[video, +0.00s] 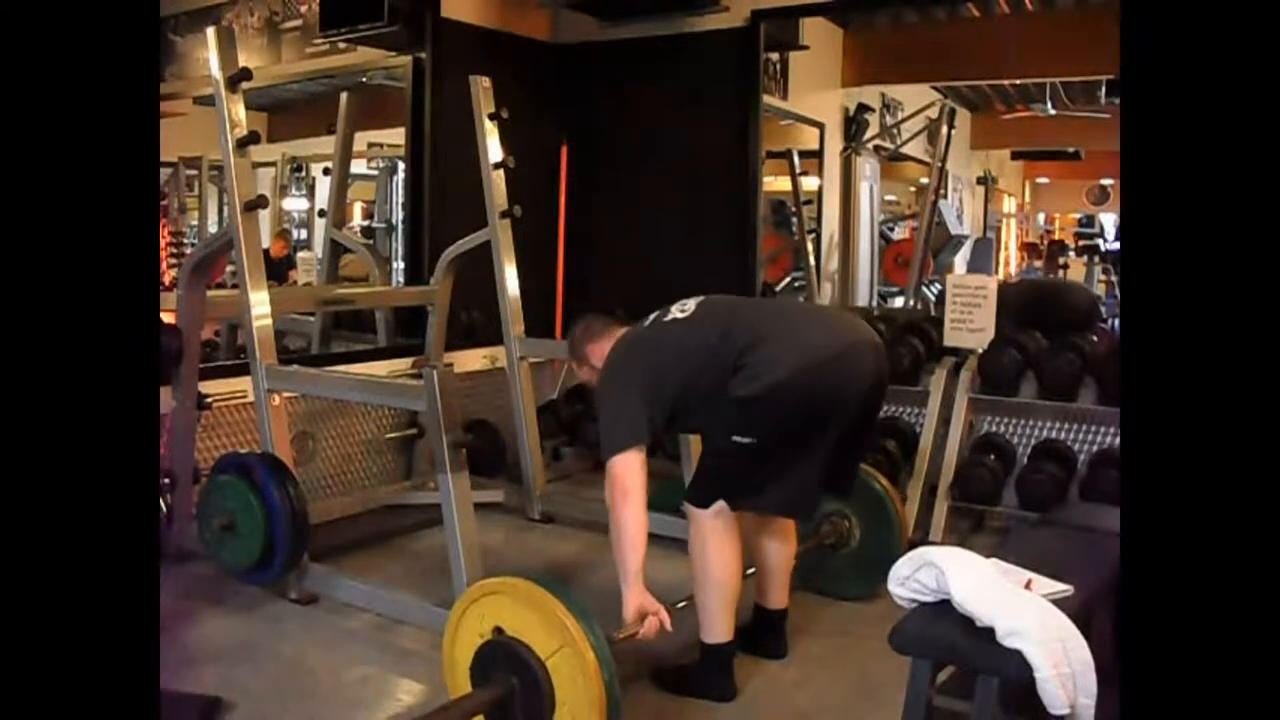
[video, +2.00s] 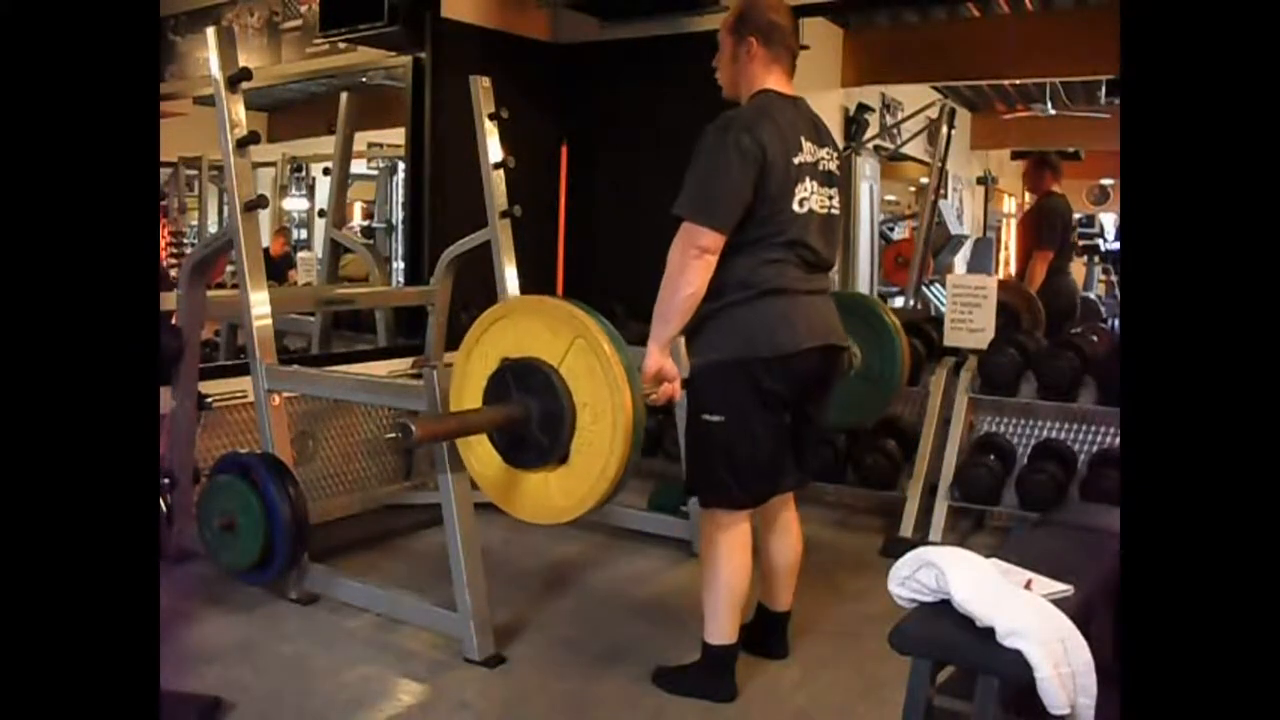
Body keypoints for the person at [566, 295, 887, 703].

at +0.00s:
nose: (594, 388)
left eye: (587, 379)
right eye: (587, 380)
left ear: (590, 361)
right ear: (622, 329)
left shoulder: (623, 371)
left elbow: (625, 487)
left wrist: (633, 590)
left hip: (786, 371)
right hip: (859, 355)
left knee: (709, 504)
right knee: (772, 501)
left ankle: (714, 672)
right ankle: (770, 631)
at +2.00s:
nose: (716, 62)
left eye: (721, 47)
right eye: (718, 48)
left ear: (749, 49)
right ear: (779, 53)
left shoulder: (740, 127)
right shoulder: (818, 130)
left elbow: (699, 245)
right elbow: (807, 249)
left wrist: (658, 343)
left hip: (744, 343)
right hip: (813, 339)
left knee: (724, 507)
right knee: (776, 492)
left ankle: (715, 668)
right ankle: (772, 631)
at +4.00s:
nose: (710, 72)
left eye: (713, 57)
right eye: (711, 58)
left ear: (741, 52)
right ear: (774, 54)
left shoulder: (737, 129)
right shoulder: (812, 129)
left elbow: (703, 247)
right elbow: (803, 248)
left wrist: (665, 346)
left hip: (749, 343)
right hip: (817, 338)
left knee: (727, 512)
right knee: (780, 498)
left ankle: (715, 668)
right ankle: (772, 630)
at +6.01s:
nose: (645, 170)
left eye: (644, 152)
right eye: (642, 155)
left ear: (666, 139)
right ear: (699, 137)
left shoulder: (688, 199)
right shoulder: (759, 184)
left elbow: (672, 317)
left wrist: (653, 428)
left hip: (799, 356)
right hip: (869, 340)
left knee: (736, 500)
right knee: (796, 497)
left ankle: (717, 668)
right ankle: (773, 630)